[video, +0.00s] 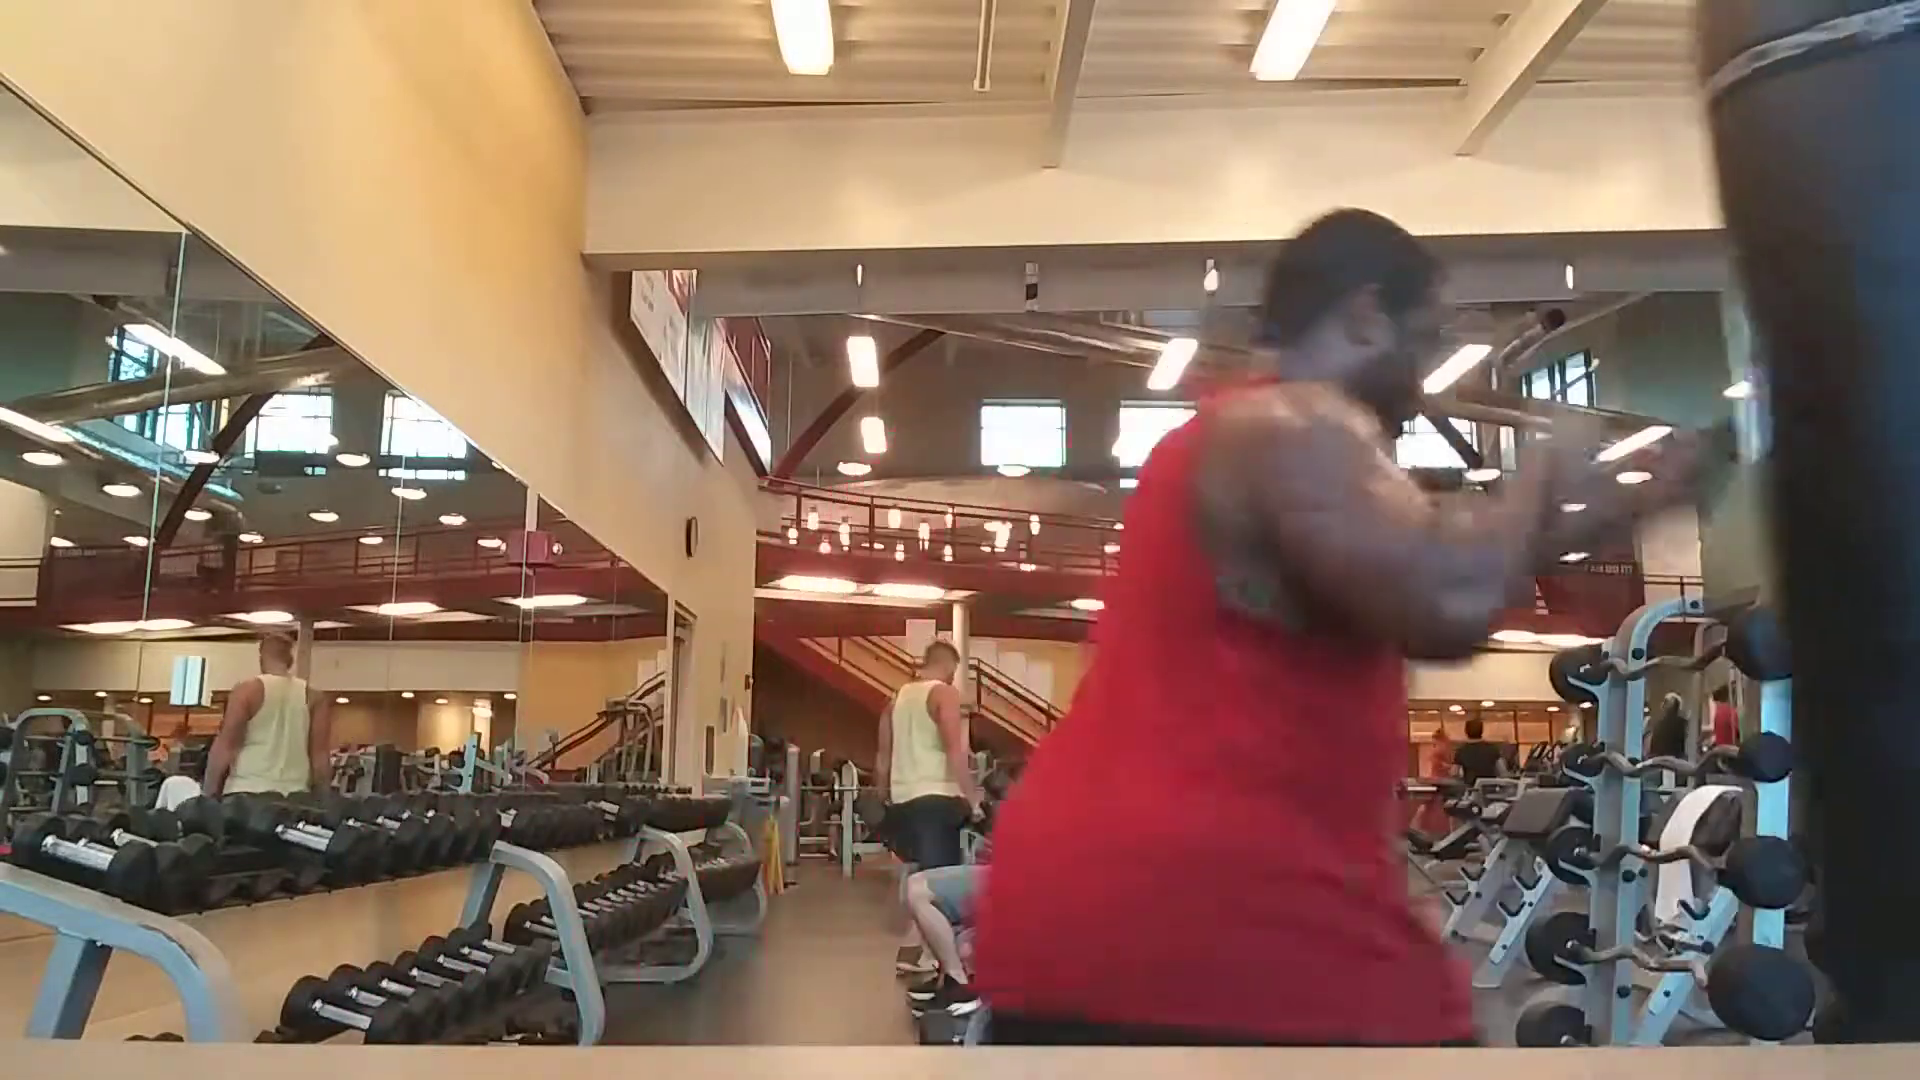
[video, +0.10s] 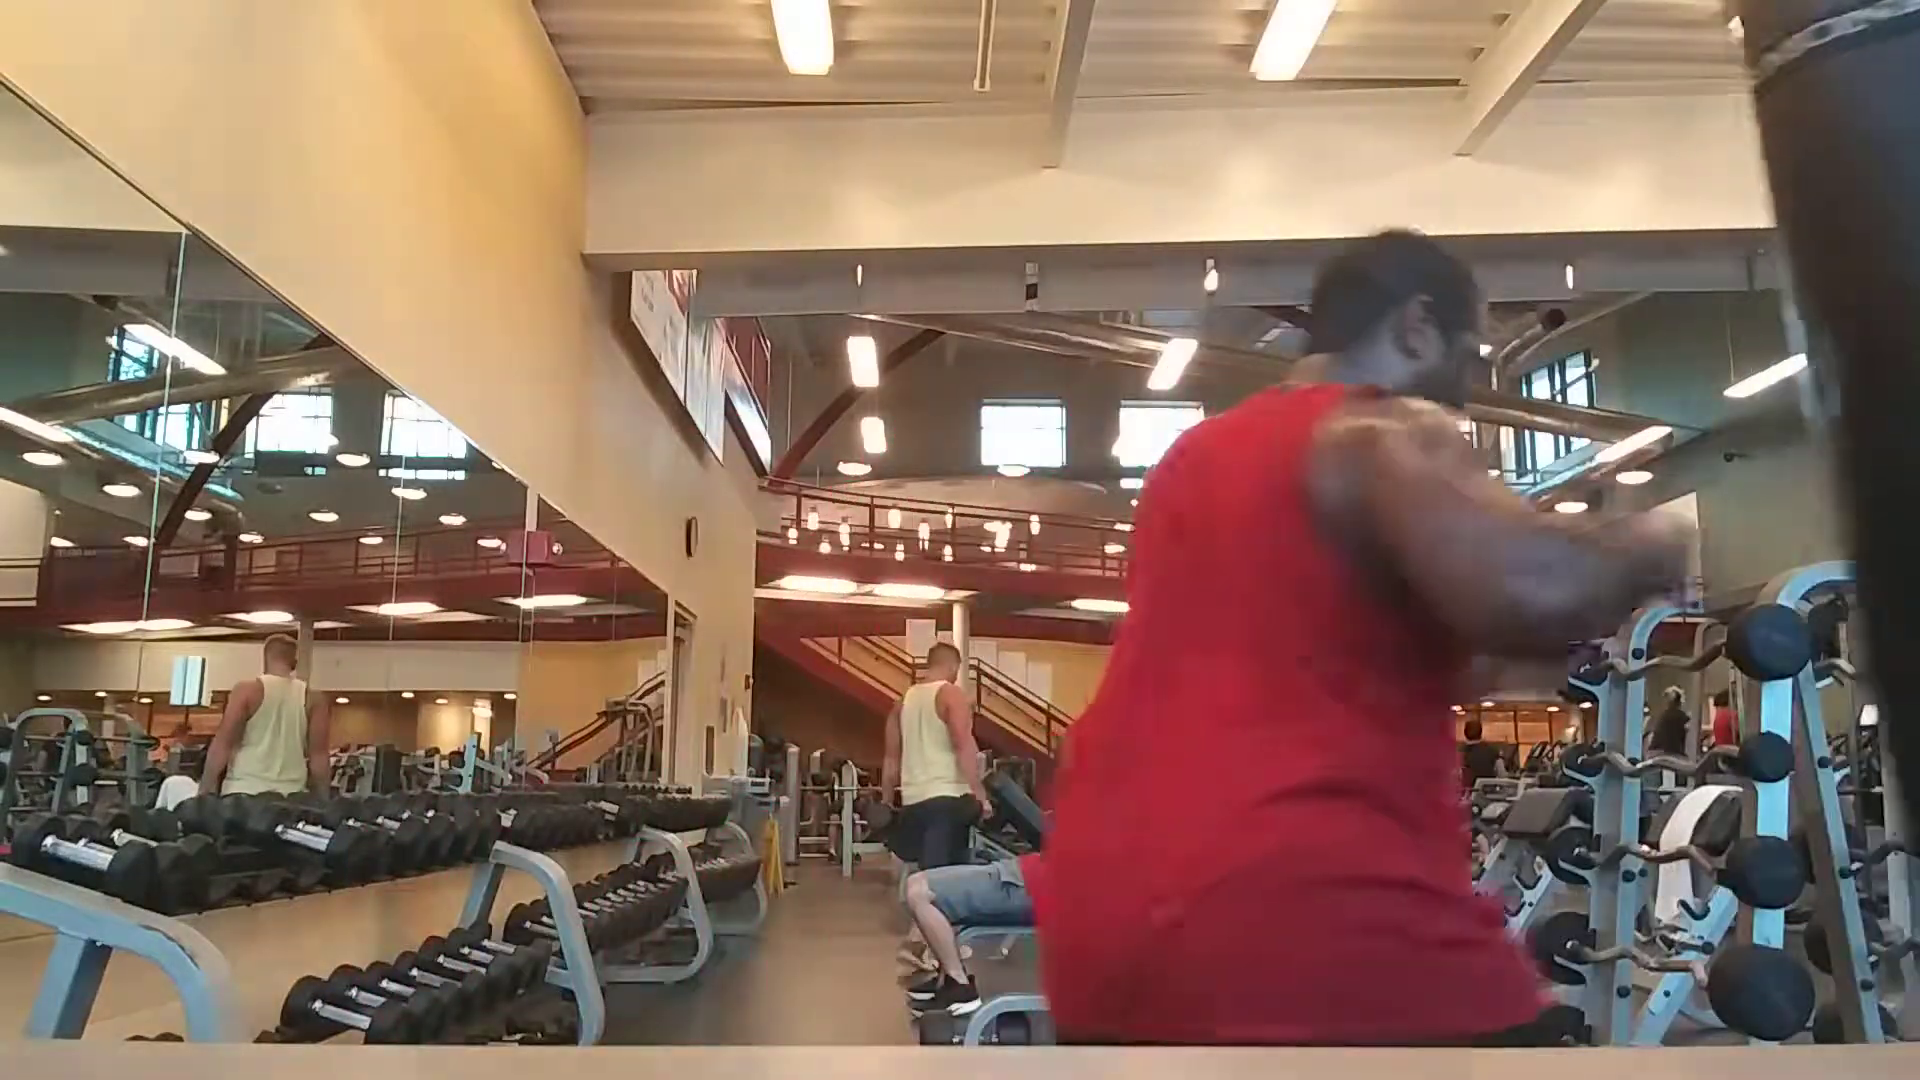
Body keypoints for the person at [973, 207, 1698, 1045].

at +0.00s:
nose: (1429, 370)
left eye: (1434, 345)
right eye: (1425, 338)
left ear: (1293, 319)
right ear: (1365, 316)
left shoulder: (1211, 434)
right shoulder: (1293, 427)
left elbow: (1444, 545)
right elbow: (1444, 606)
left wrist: (1611, 506)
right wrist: (1537, 471)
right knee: (1431, 1038)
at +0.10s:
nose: (1472, 389)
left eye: (1478, 363)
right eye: (1472, 356)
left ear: (1318, 340)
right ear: (1415, 328)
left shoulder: (1193, 453)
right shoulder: (1378, 429)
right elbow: (1516, 589)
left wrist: (1543, 525)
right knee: (1546, 1057)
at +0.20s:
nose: (1484, 429)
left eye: (1491, 408)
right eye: (1485, 403)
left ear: (1337, 376)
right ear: (1438, 375)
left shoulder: (1193, 505)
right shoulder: (1434, 492)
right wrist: (1721, 640)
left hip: (1139, 940)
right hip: (1377, 930)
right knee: (1566, 1040)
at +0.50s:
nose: (1489, 389)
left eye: (1492, 357)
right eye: (1481, 351)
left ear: (1328, 341)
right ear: (1411, 334)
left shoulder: (1199, 468)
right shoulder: (1395, 462)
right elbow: (1568, 672)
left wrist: (1509, 533)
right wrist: (1659, 598)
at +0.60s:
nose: (1461, 327)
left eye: (1468, 295)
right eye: (1457, 287)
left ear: (1304, 278)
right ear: (1383, 267)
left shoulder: (1184, 386)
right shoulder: (1375, 382)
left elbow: (1336, 458)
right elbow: (1608, 542)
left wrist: (1483, 396)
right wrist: (1660, 429)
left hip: (1046, 869)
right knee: (1452, 1065)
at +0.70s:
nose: (1427, 321)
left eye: (1432, 290)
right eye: (1423, 283)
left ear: (1284, 259)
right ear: (1350, 252)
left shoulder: (1144, 377)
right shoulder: (1332, 360)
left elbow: (1310, 470)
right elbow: (1552, 524)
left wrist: (1479, 394)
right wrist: (1639, 406)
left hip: (1007, 866)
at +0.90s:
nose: (1315, 352)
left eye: (1319, 323)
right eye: (1310, 316)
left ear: (1205, 298)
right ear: (1237, 297)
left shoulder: (1040, 414)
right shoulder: (1191, 409)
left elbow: (1144, 553)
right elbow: (1407, 573)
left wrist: (1327, 502)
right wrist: (1497, 487)